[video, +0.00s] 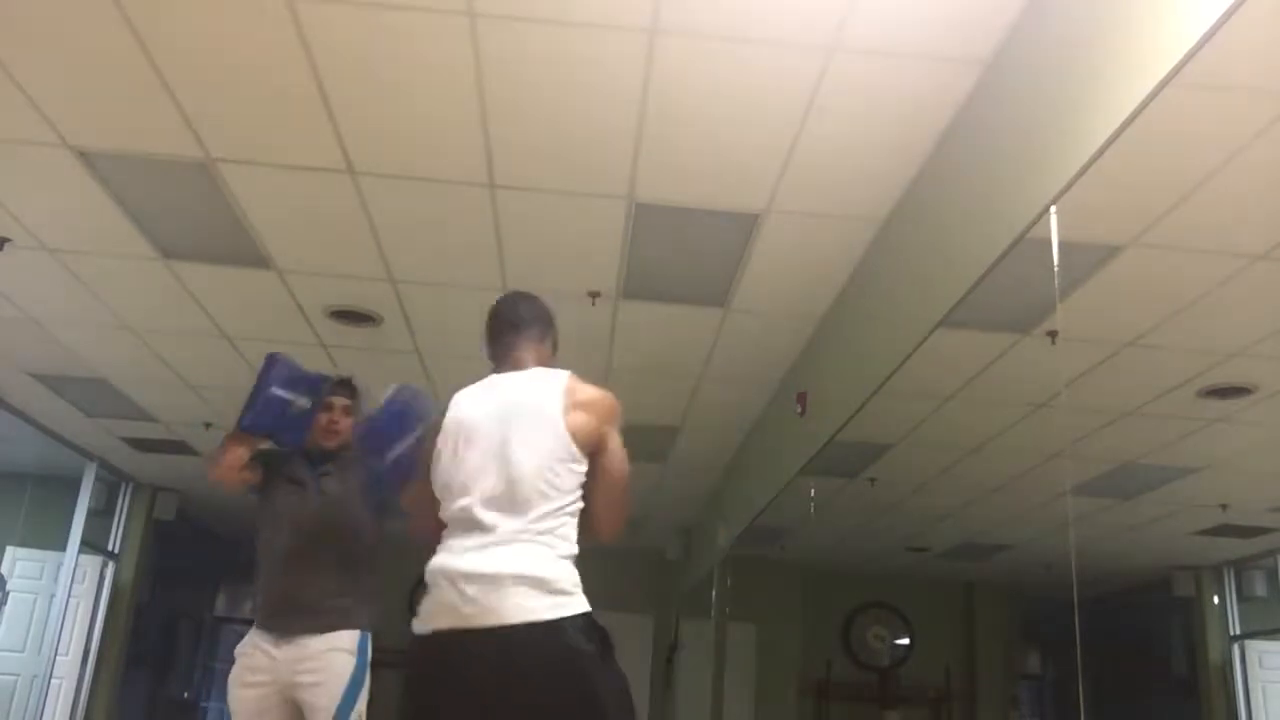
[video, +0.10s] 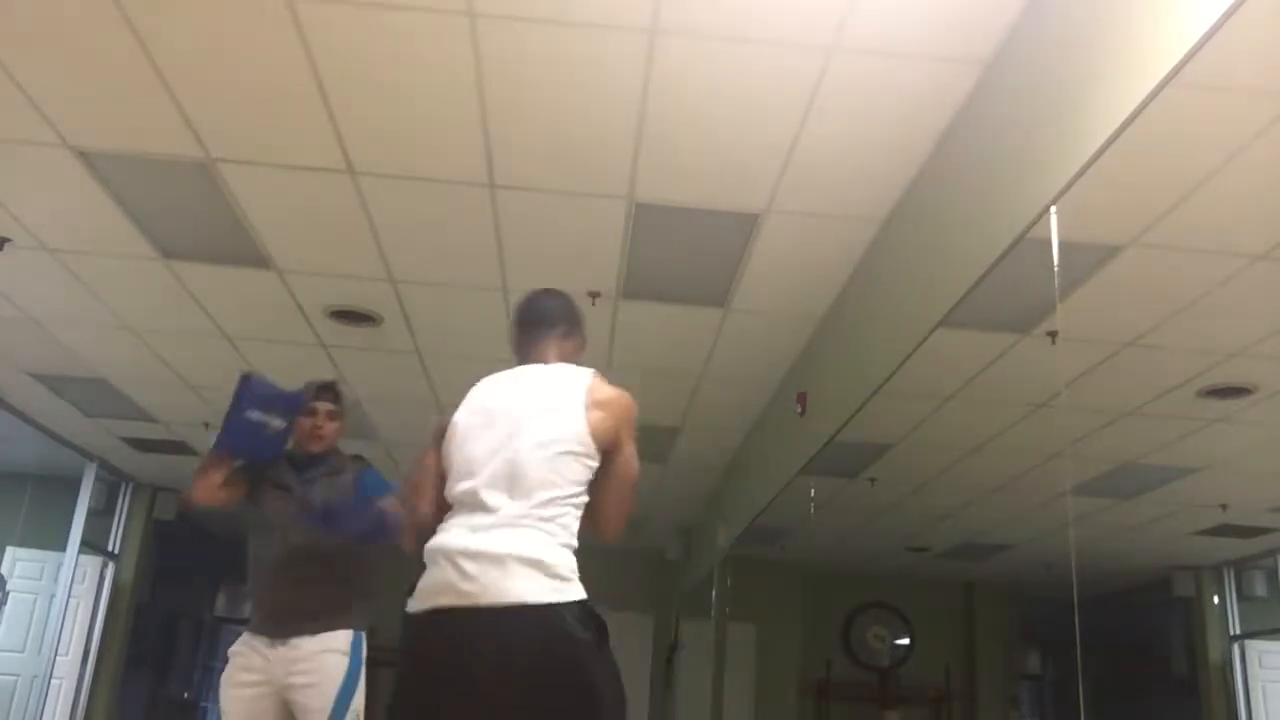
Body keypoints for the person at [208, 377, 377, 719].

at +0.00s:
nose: (334, 418)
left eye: (345, 412)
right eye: (326, 408)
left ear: (356, 424)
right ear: (309, 416)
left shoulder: (370, 471)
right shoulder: (277, 466)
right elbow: (221, 475)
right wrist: (258, 421)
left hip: (334, 646)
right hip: (264, 644)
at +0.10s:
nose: (319, 424)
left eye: (331, 416)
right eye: (309, 414)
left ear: (341, 427)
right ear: (293, 421)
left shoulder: (357, 476)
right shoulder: (266, 472)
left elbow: (405, 533)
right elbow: (202, 495)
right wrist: (237, 431)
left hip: (328, 648)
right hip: (258, 646)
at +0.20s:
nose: (316, 423)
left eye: (328, 416)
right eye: (307, 413)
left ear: (337, 427)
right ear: (290, 420)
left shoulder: (357, 475)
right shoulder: (261, 472)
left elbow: (400, 546)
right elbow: (192, 508)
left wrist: (358, 560)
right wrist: (232, 438)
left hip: (330, 644)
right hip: (259, 643)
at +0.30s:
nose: (325, 421)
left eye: (336, 414)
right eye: (316, 411)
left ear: (344, 425)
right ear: (298, 417)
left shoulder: (361, 471)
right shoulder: (268, 470)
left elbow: (405, 544)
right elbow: (199, 520)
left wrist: (378, 592)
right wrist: (234, 456)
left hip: (330, 641)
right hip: (261, 641)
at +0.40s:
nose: (344, 422)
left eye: (355, 416)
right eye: (336, 411)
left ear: (362, 427)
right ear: (317, 418)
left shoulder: (376, 476)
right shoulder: (279, 469)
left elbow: (415, 548)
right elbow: (211, 536)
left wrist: (389, 600)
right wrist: (246, 471)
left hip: (335, 641)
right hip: (265, 640)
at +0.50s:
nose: (367, 429)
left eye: (378, 424)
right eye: (360, 418)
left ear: (385, 436)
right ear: (340, 423)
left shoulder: (394, 484)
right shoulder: (297, 472)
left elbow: (429, 560)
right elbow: (231, 547)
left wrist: (397, 606)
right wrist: (260, 517)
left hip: (348, 646)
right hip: (276, 643)